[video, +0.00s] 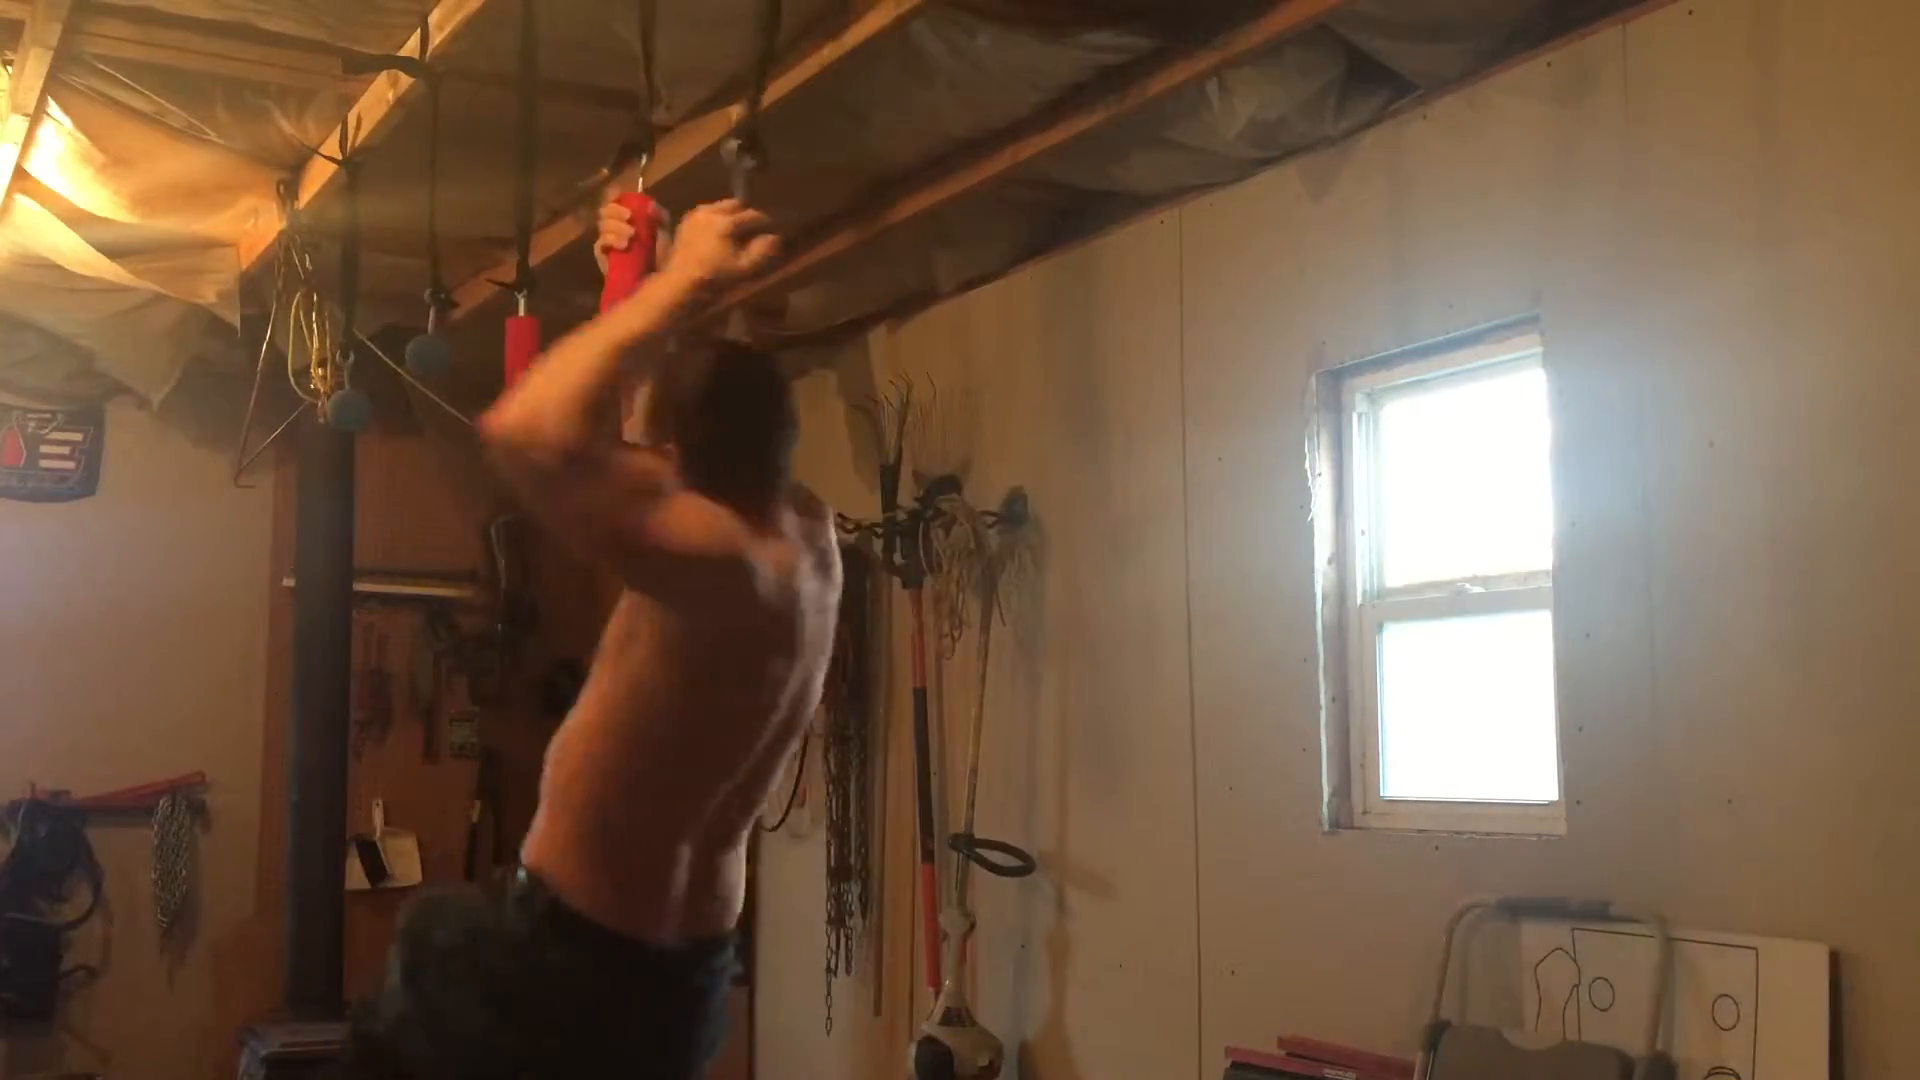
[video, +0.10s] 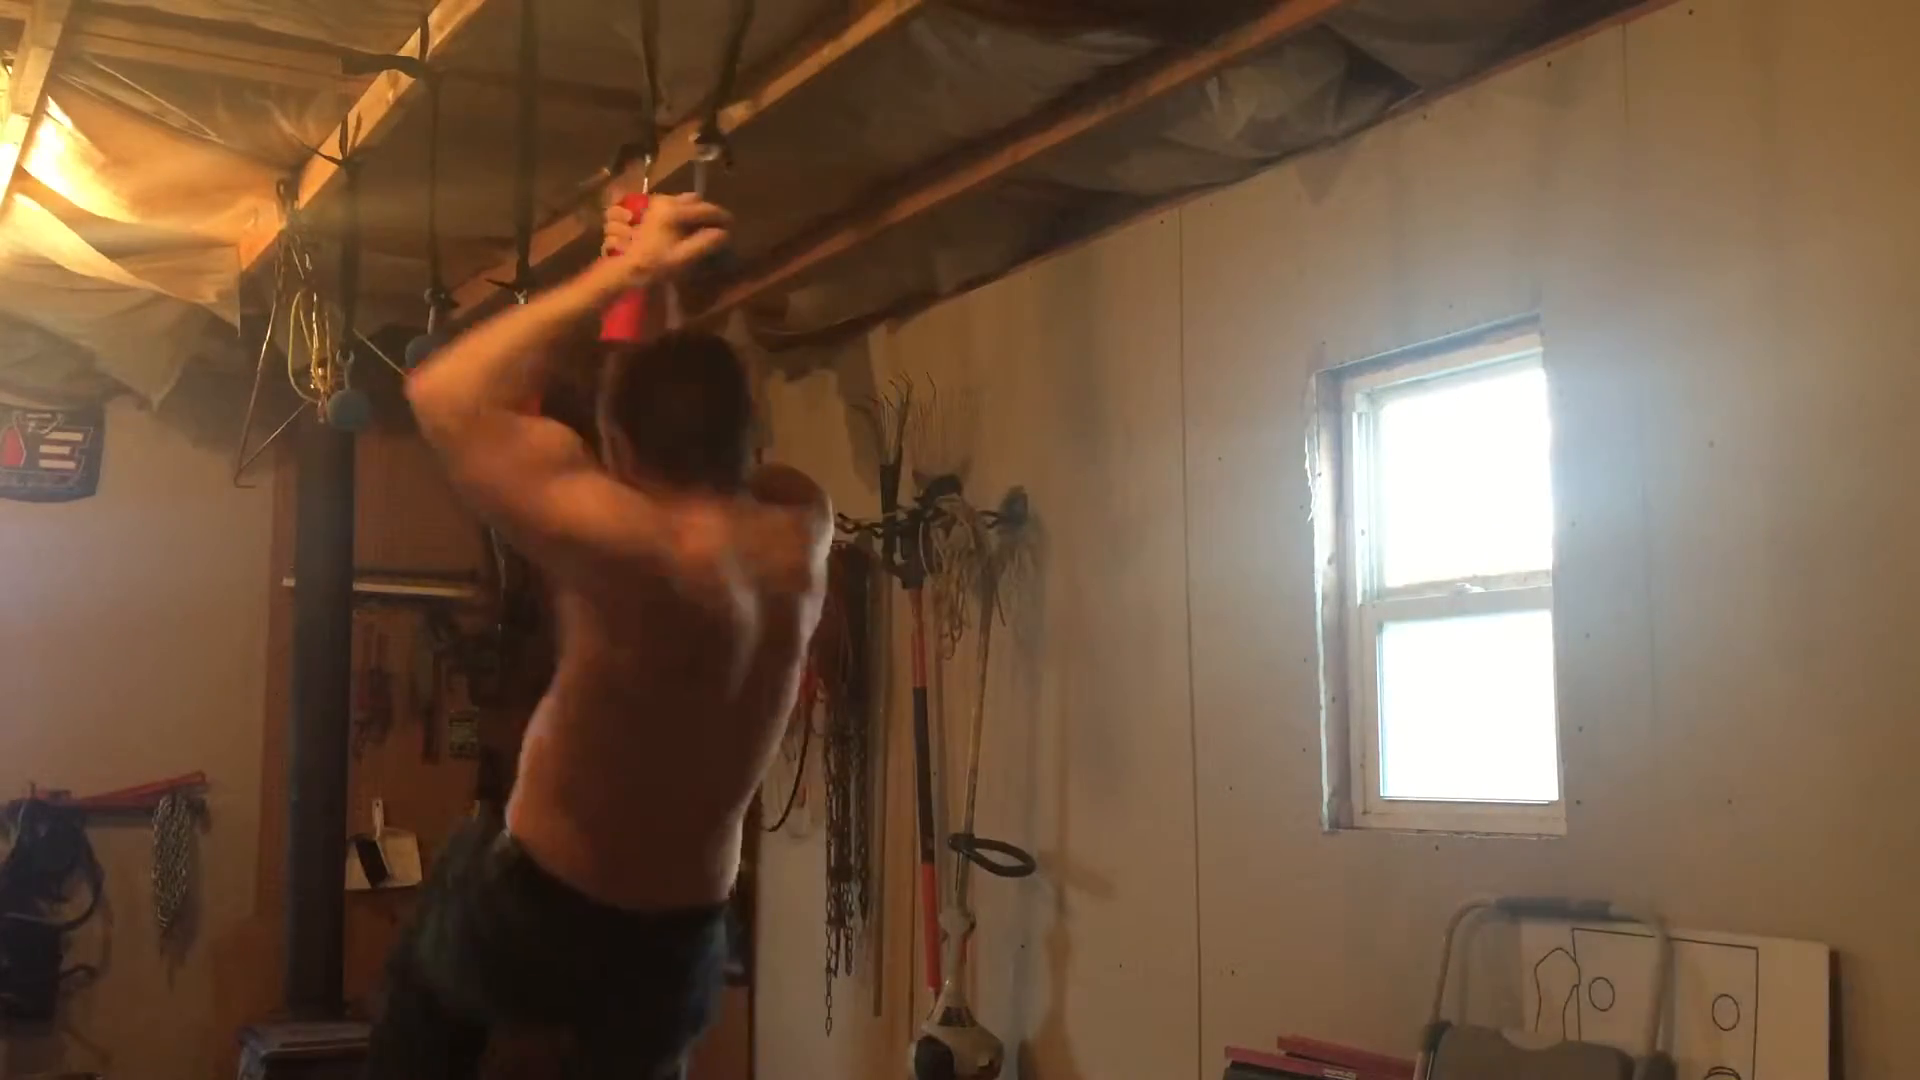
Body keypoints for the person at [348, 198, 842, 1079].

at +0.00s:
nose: (634, 434)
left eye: (646, 418)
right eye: (634, 417)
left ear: (674, 449)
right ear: (772, 438)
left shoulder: (709, 557)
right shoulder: (812, 546)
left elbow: (523, 431)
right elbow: (635, 447)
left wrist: (679, 280)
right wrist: (651, 314)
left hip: (575, 959)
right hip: (695, 965)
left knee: (429, 939)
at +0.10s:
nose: (606, 452)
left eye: (613, 431)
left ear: (621, 445)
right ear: (740, 438)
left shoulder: (616, 541)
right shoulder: (801, 540)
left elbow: (445, 393)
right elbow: (721, 450)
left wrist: (616, 269)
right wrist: (657, 290)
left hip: (539, 913)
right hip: (685, 938)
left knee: (425, 1025)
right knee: (642, 1064)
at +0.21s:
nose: (582, 439)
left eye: (580, 423)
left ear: (591, 434)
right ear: (705, 424)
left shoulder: (546, 539)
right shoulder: (778, 523)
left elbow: (420, 396)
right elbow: (697, 428)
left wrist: (521, 257)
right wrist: (672, 289)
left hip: (534, 878)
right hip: (684, 910)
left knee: (430, 938)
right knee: (655, 1049)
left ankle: (364, 1059)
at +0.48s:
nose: (585, 426)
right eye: (580, 412)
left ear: (453, 440)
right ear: (574, 436)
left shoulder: (418, 547)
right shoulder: (648, 518)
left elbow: (452, 464)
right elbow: (714, 446)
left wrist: (507, 375)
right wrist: (645, 292)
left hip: (533, 878)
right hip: (681, 881)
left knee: (516, 1046)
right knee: (746, 1055)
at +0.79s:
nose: (468, 472)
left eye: (461, 463)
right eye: (457, 462)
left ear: (357, 531)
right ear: (450, 492)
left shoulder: (376, 616)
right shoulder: (520, 569)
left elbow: (480, 515)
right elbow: (703, 458)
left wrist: (512, 388)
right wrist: (647, 289)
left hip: (538, 932)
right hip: (659, 929)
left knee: (608, 1065)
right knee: (815, 1065)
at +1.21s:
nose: (485, 442)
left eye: (475, 431)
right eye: (475, 430)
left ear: (379, 482)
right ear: (464, 445)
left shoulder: (405, 567)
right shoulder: (474, 530)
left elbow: (557, 514)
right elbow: (660, 450)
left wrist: (560, 394)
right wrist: (656, 281)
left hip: (555, 889)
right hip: (625, 881)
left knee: (655, 1059)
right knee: (763, 1058)